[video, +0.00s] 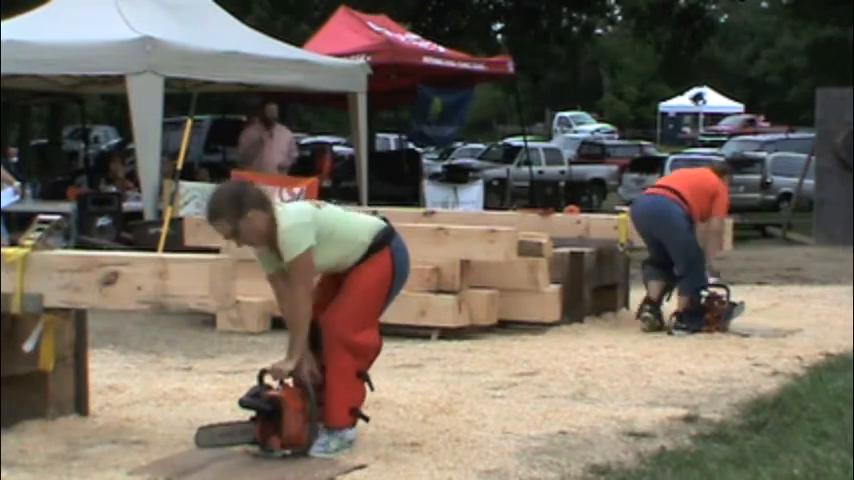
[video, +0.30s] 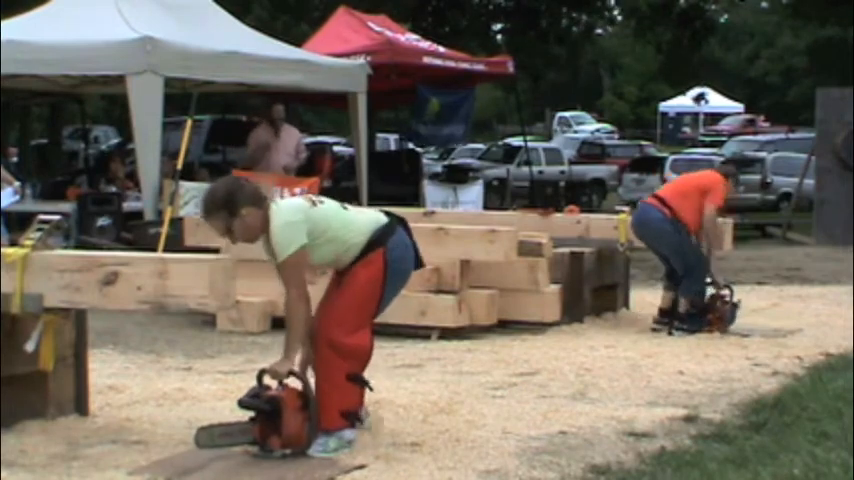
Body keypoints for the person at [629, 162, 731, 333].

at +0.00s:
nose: (728, 183)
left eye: (728, 180)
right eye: (728, 180)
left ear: (710, 170)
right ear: (724, 177)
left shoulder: (690, 174)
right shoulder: (719, 187)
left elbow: (697, 226)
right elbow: (715, 228)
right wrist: (711, 263)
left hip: (642, 203)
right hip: (670, 208)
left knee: (661, 261)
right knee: (691, 263)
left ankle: (651, 305)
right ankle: (684, 315)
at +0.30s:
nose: (731, 190)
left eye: (733, 187)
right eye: (732, 185)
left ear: (718, 172)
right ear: (728, 179)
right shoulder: (718, 182)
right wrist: (714, 245)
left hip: (643, 213)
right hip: (659, 218)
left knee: (675, 266)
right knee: (696, 265)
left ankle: (666, 311)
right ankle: (688, 315)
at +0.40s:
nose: (734, 179)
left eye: (737, 175)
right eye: (733, 172)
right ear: (725, 164)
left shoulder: (711, 192)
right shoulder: (707, 156)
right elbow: (684, 158)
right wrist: (706, 183)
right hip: (658, 205)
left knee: (675, 261)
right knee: (680, 263)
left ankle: (665, 311)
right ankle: (689, 319)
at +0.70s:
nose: (725, 159)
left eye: (727, 154)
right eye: (725, 153)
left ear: (713, 146)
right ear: (717, 150)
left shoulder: (698, 157)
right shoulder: (693, 165)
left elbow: (700, 192)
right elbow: (675, 201)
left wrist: (710, 218)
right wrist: (685, 237)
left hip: (660, 204)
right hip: (649, 203)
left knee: (669, 260)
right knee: (664, 261)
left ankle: (670, 316)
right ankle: (663, 319)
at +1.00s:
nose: (715, 142)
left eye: (717, 138)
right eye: (715, 137)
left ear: (695, 129)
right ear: (707, 135)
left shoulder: (678, 139)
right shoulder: (693, 153)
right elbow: (689, 189)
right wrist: (698, 213)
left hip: (645, 199)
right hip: (661, 206)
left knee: (660, 263)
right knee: (673, 265)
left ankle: (659, 314)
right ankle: (664, 320)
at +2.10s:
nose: (726, 231)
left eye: (730, 228)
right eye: (728, 226)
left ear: (721, 214)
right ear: (722, 216)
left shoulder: (703, 208)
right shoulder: (703, 216)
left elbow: (691, 255)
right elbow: (691, 262)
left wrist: (706, 278)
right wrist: (696, 301)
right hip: (641, 213)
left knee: (673, 267)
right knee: (675, 269)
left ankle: (664, 318)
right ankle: (665, 321)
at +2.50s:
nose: (730, 224)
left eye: (735, 222)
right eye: (733, 219)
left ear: (726, 206)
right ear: (727, 207)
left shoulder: (709, 201)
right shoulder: (707, 210)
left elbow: (698, 250)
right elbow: (695, 253)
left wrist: (706, 279)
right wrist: (699, 293)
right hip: (647, 206)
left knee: (669, 264)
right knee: (672, 265)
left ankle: (664, 318)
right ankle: (665, 321)